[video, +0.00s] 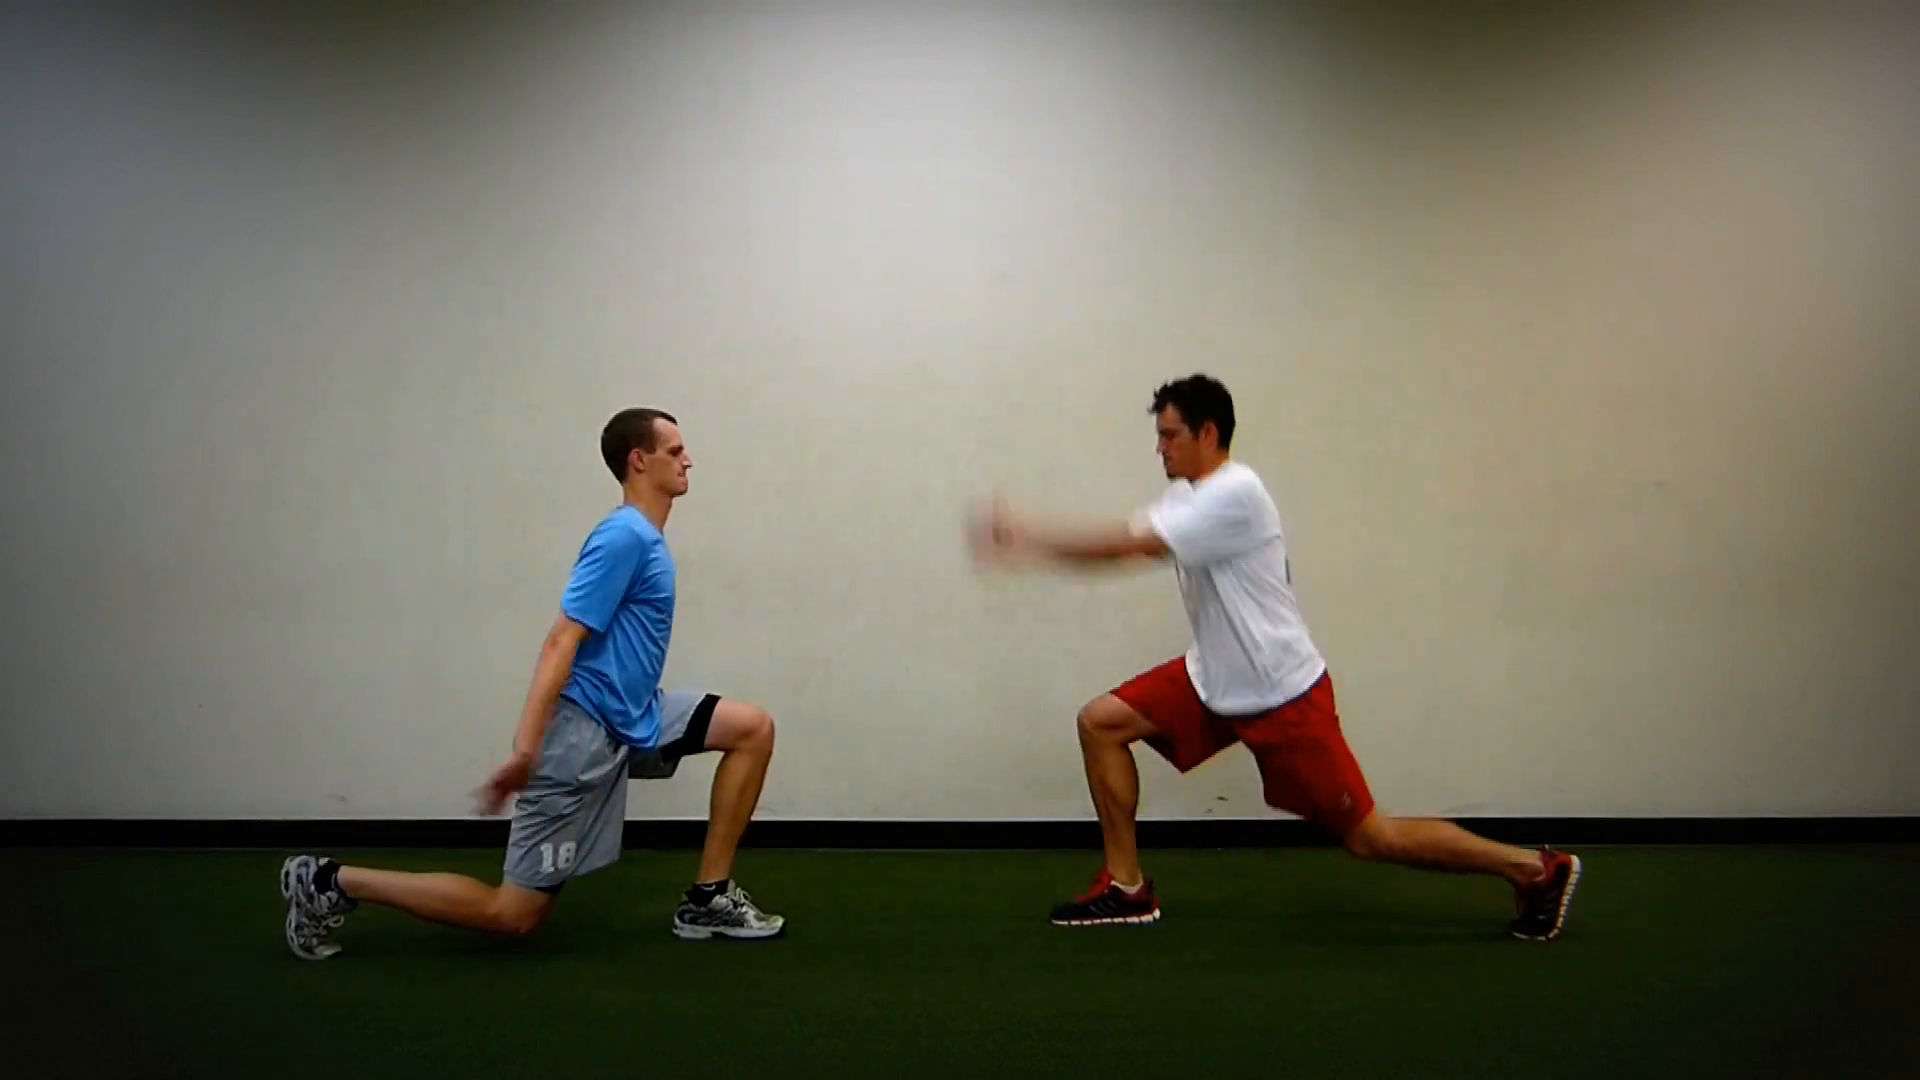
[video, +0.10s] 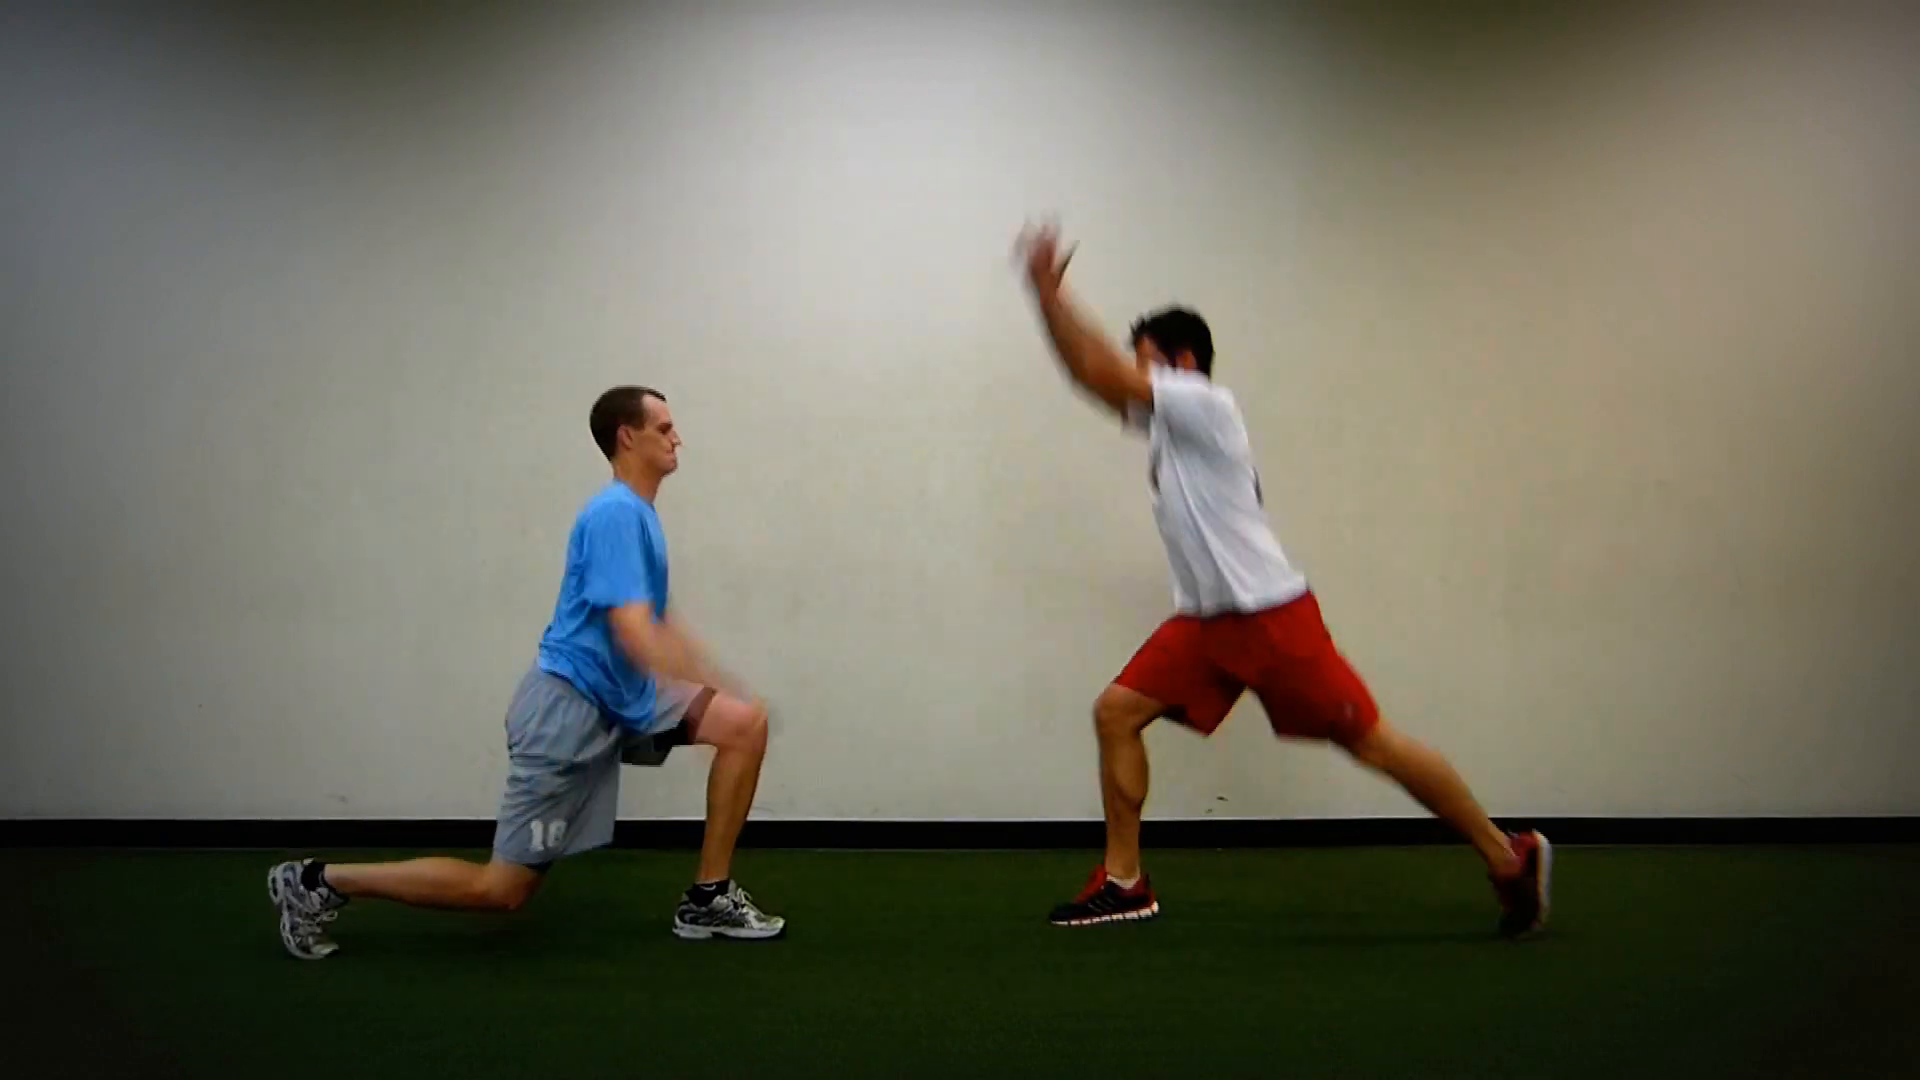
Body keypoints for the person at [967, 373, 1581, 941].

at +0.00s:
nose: (1159, 448)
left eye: (1169, 435)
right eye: (1158, 436)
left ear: (1209, 436)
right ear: (1190, 437)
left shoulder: (1236, 493)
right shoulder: (1186, 495)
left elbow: (1130, 547)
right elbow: (1121, 549)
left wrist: (1030, 541)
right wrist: (1033, 546)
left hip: (1281, 687)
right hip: (1215, 675)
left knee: (1368, 836)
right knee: (1102, 724)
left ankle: (1537, 870)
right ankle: (1124, 886)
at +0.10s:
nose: (1137, 366)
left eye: (1144, 354)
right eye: (1138, 356)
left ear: (1179, 359)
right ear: (1170, 365)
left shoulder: (1206, 405)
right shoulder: (1170, 417)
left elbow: (1108, 372)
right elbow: (1094, 378)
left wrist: (1052, 292)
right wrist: (1048, 298)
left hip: (1272, 617)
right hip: (1206, 622)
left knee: (1374, 745)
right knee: (1117, 714)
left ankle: (1509, 857)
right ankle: (1123, 880)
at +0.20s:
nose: (1114, 284)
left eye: (1125, 267)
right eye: (1112, 272)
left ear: (1156, 266)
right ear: (1136, 274)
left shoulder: (1186, 312)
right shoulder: (1152, 338)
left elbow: (1113, 244)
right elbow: (1103, 249)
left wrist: (1099, 154)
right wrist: (1096, 157)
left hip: (1260, 523)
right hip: (1208, 536)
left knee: (1349, 670)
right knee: (1198, 700)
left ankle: (1435, 818)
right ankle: (1149, 836)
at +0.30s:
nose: (1109, 221)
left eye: (1118, 202)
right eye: (1102, 209)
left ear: (1152, 199)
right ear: (1112, 217)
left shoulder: (1187, 255)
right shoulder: (1145, 276)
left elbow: (1120, 169)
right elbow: (1094, 185)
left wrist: (1102, 96)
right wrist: (1088, 98)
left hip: (1247, 473)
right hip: (1195, 484)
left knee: (1302, 638)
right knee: (1216, 643)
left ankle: (1352, 803)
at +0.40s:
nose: (1112, 215)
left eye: (1121, 197)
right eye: (1109, 204)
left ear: (1156, 193)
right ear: (1124, 208)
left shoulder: (1189, 244)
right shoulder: (1144, 260)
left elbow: (1111, 166)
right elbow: (1083, 189)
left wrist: (1079, 88)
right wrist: (1061, 95)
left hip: (1236, 462)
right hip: (1199, 470)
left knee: (1253, 636)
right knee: (1257, 633)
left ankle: (1268, 809)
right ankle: (1347, 755)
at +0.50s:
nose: (1109, 240)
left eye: (1115, 224)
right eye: (1107, 230)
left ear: (1147, 221)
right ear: (1133, 232)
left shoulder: (1186, 267)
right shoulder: (1140, 286)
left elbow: (1098, 213)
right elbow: (1068, 244)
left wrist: (1058, 146)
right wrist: (1043, 157)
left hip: (1240, 489)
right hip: (1207, 495)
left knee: (1204, 652)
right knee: (1272, 646)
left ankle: (1184, 831)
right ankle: (1383, 757)